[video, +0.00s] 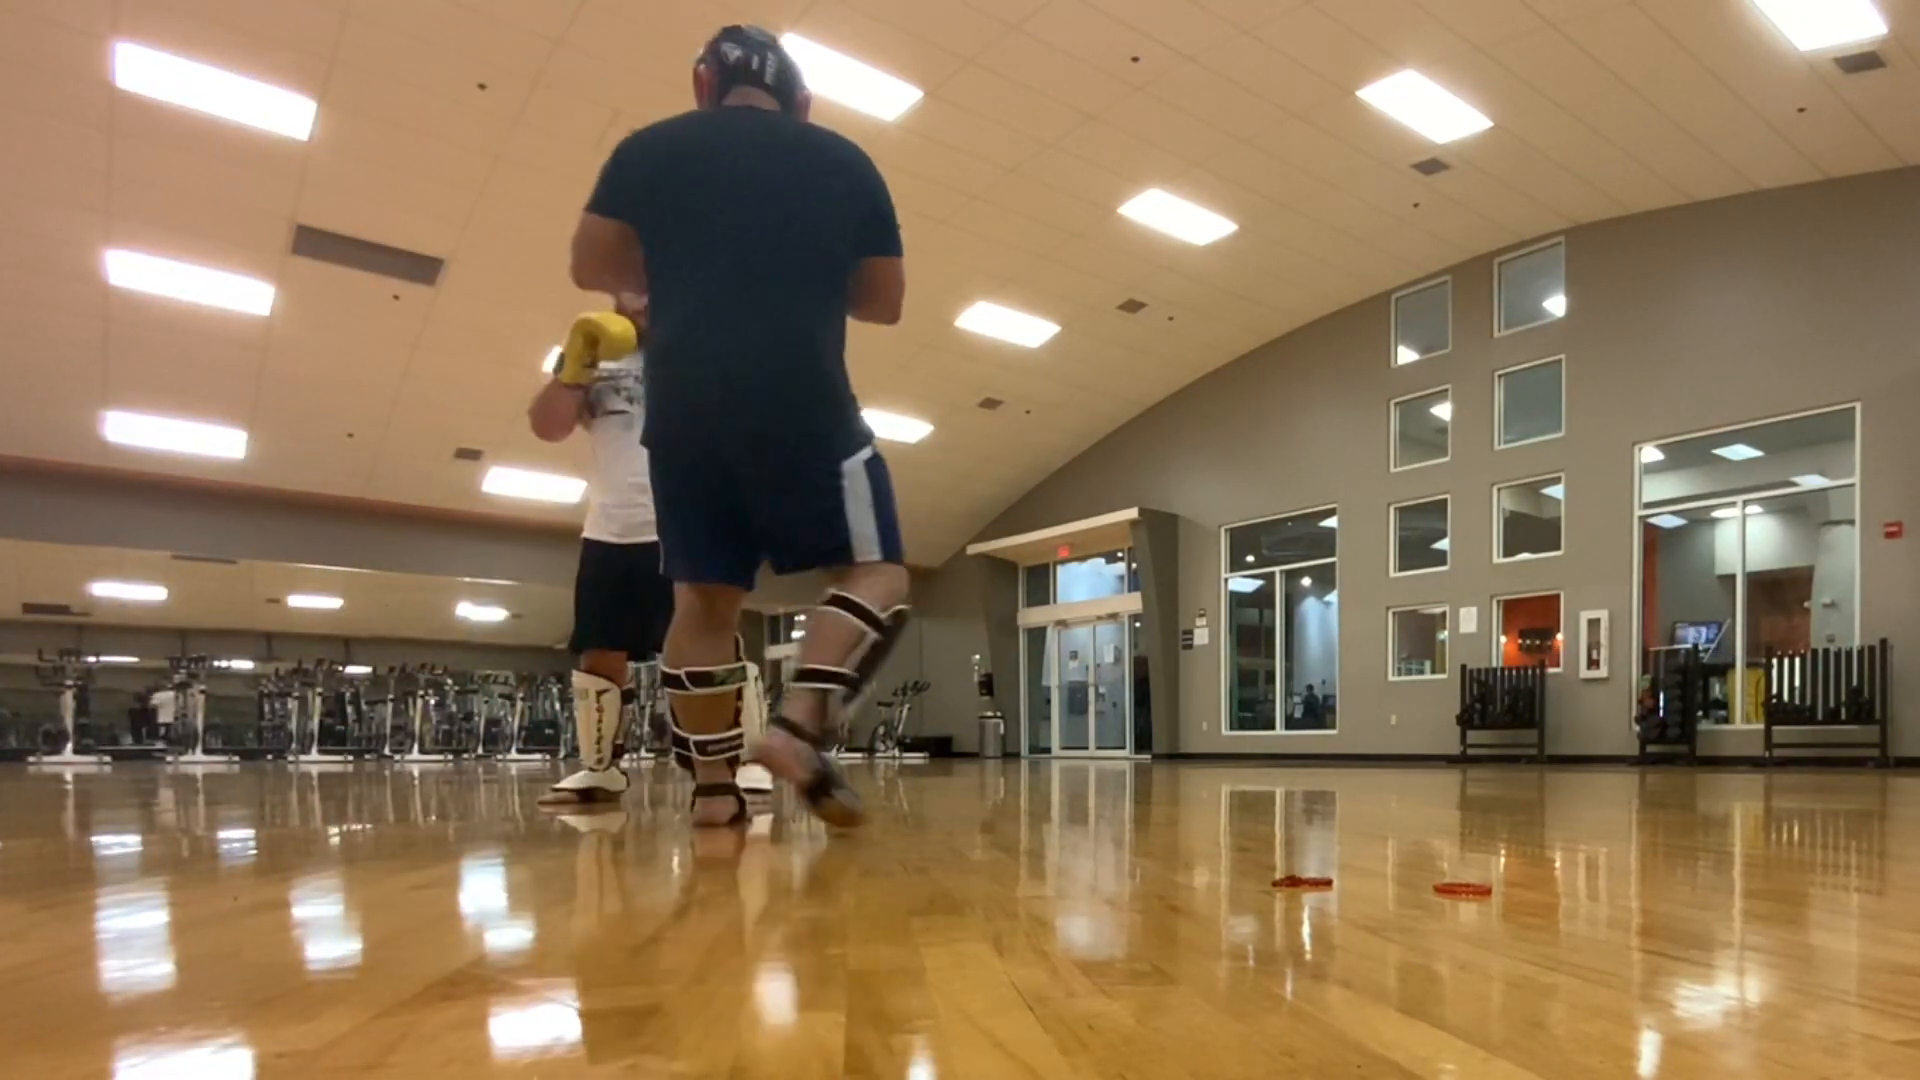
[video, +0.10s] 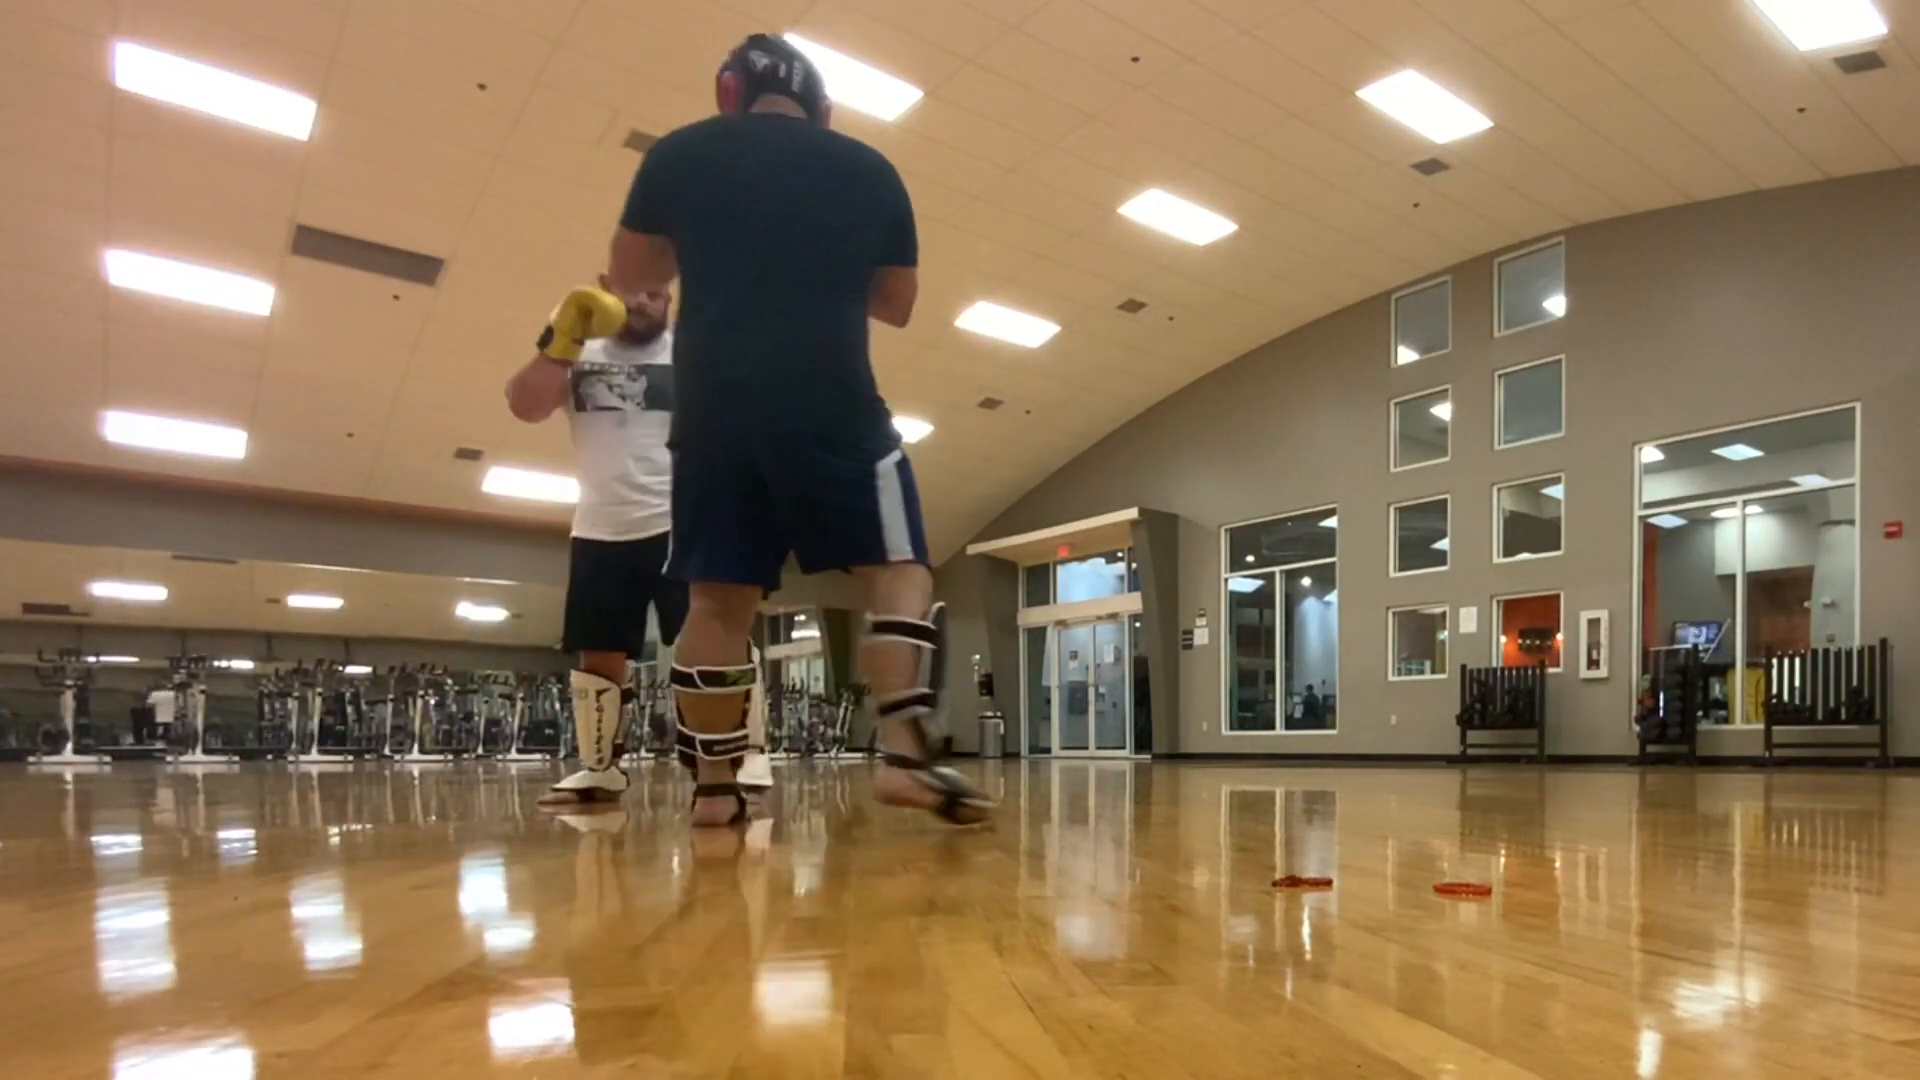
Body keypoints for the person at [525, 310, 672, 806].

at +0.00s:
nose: (639, 309)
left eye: (648, 296)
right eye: (629, 298)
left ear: (668, 299)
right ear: (614, 301)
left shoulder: (691, 352)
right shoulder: (597, 358)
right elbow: (548, 426)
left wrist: (659, 343)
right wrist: (576, 364)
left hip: (684, 526)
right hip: (613, 527)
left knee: (707, 640)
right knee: (599, 651)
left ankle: (734, 761)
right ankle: (599, 768)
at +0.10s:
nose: (641, 302)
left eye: (654, 292)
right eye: (629, 291)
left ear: (671, 299)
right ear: (608, 295)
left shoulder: (691, 350)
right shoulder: (581, 353)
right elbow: (527, 404)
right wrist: (563, 338)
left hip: (681, 522)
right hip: (603, 527)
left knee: (712, 637)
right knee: (599, 654)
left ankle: (746, 752)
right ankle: (599, 769)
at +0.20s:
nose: (641, 297)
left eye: (652, 287)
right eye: (627, 285)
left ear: (666, 296)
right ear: (602, 292)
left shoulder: (693, 356)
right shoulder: (573, 349)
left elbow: (732, 430)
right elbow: (520, 388)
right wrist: (564, 319)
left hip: (679, 522)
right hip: (596, 531)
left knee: (722, 628)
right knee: (599, 655)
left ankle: (746, 754)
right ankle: (599, 769)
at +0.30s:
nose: (648, 298)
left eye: (659, 288)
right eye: (635, 287)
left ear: (671, 294)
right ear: (605, 290)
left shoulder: (694, 357)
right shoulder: (570, 342)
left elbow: (752, 429)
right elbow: (524, 394)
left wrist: (764, 365)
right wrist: (571, 331)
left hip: (680, 530)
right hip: (595, 533)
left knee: (715, 642)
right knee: (599, 657)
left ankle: (743, 760)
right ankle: (599, 770)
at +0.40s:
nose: (656, 292)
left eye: (668, 286)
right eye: (644, 280)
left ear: (679, 299)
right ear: (613, 282)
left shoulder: (704, 359)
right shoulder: (570, 342)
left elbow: (752, 445)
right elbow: (537, 411)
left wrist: (773, 403)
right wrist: (587, 356)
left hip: (687, 534)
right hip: (601, 534)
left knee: (704, 652)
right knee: (598, 658)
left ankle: (734, 771)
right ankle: (599, 769)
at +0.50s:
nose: (671, 287)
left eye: (682, 281)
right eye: (659, 275)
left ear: (694, 293)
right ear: (628, 276)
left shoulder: (716, 356)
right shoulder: (582, 335)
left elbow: (762, 443)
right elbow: (545, 408)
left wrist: (782, 403)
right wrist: (595, 356)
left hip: (696, 529)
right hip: (608, 529)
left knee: (715, 648)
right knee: (587, 657)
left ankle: (735, 771)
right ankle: (589, 761)